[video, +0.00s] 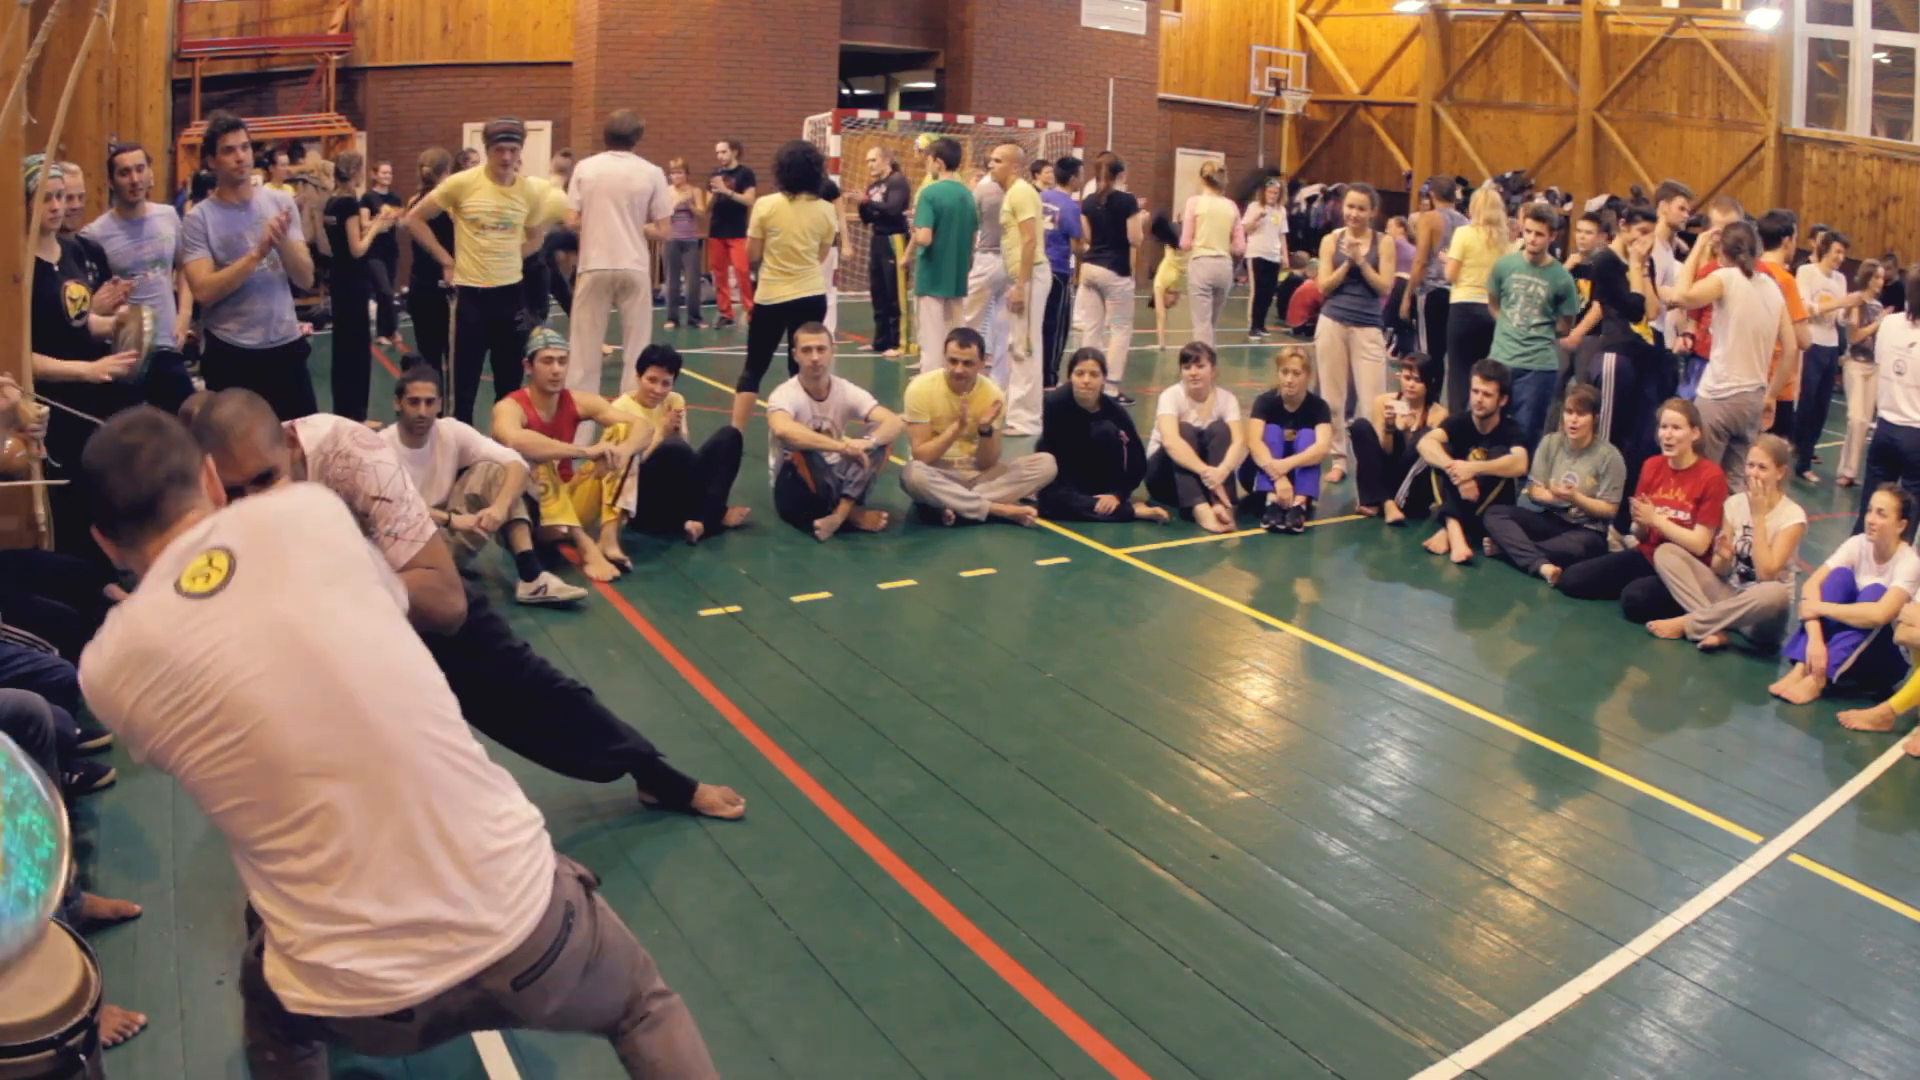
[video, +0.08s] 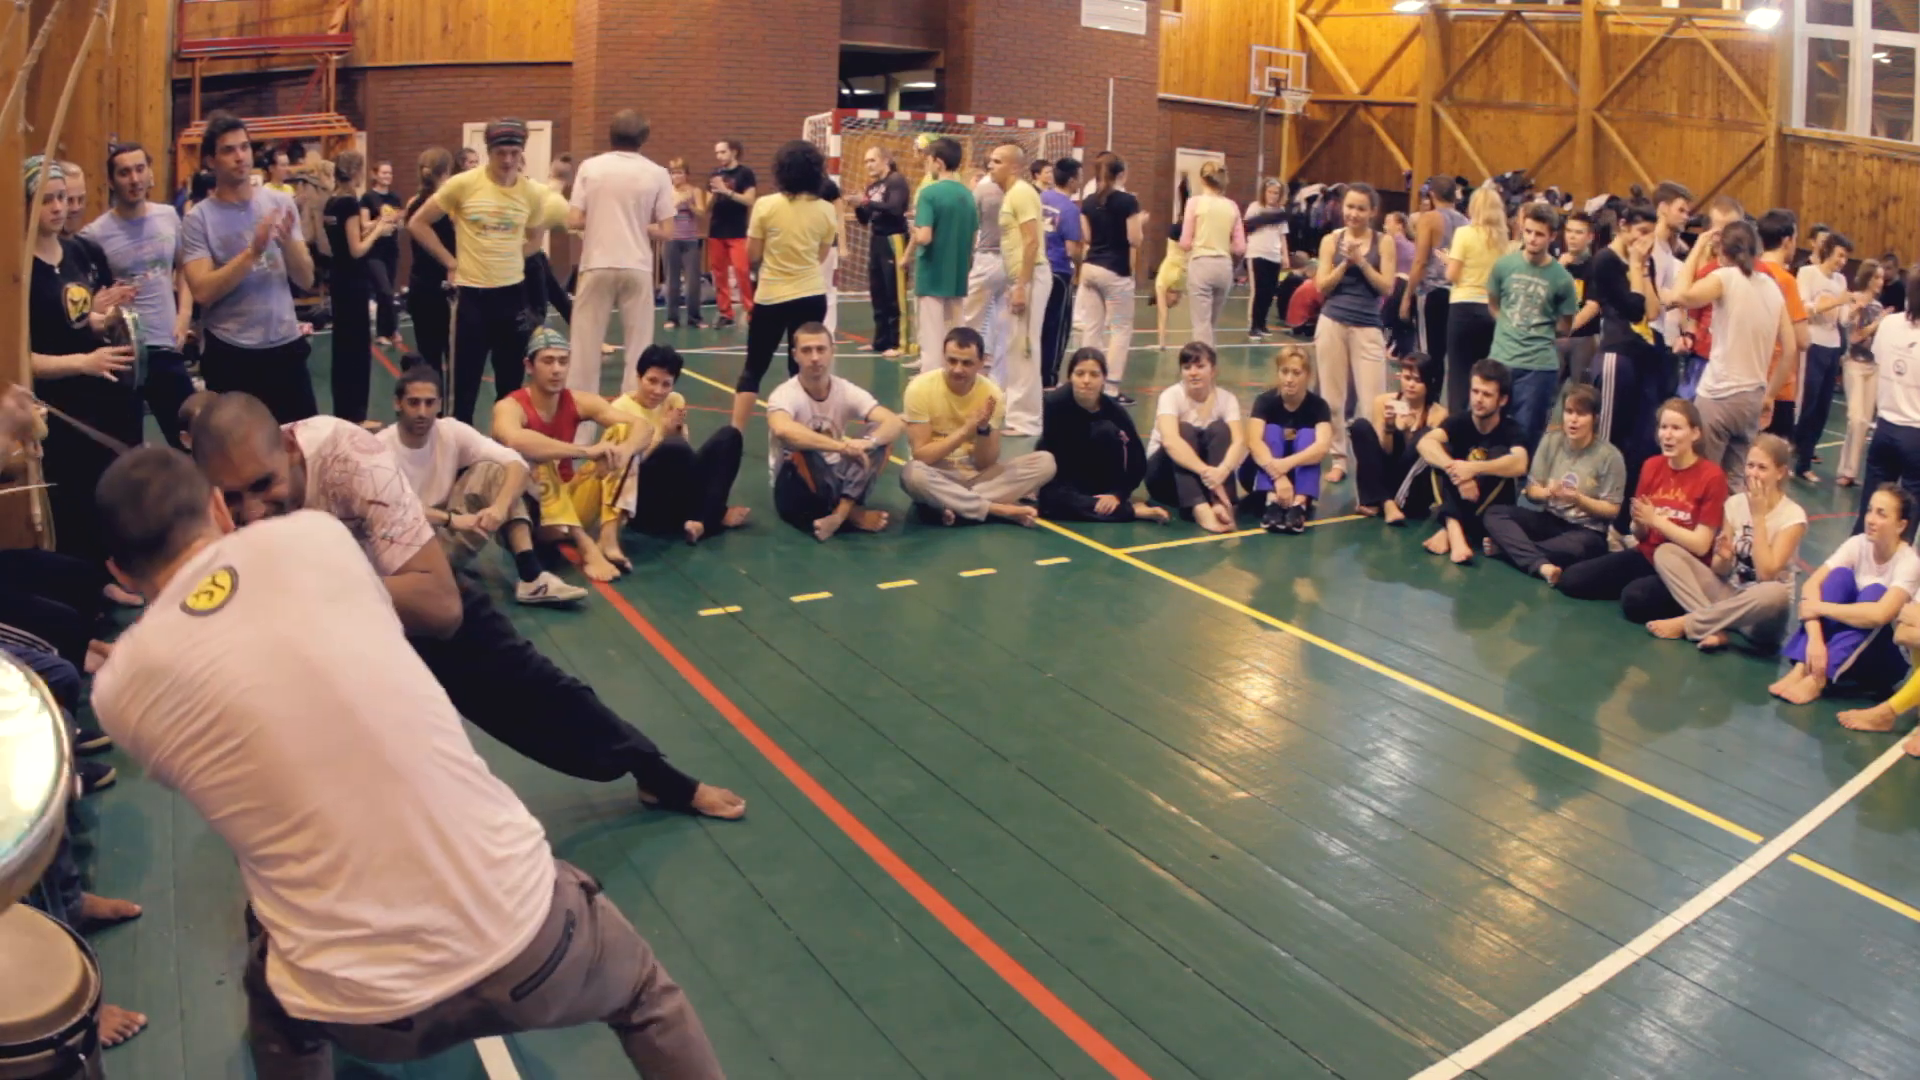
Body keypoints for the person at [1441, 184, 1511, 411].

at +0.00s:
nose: (1469, 210)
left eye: (1471, 206)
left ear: (1474, 208)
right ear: (1500, 210)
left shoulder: (1464, 233)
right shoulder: (1505, 239)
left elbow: (1451, 273)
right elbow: (1507, 274)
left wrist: (1447, 260)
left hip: (1464, 302)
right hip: (1492, 305)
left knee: (1459, 369)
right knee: (1484, 368)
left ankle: (1457, 422)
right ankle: (1482, 424)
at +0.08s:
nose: (1469, 210)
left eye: (1471, 206)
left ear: (1474, 208)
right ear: (1499, 210)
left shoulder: (1464, 233)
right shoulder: (1504, 239)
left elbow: (1453, 273)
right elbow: (1504, 274)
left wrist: (1446, 260)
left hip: (1463, 303)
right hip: (1491, 305)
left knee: (1459, 370)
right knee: (1483, 368)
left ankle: (1457, 423)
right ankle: (1481, 424)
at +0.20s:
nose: (1469, 210)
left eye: (1471, 206)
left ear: (1474, 208)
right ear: (1499, 210)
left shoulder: (1464, 234)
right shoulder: (1503, 238)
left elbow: (1454, 273)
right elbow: (1503, 273)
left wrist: (1444, 259)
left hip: (1463, 303)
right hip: (1491, 305)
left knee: (1458, 369)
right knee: (1483, 368)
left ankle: (1456, 423)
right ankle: (1481, 424)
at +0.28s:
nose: (1469, 209)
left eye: (1471, 206)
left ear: (1473, 208)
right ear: (1498, 209)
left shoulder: (1464, 233)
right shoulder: (1502, 238)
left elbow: (1453, 274)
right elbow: (1503, 273)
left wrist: (1443, 259)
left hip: (1463, 303)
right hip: (1490, 305)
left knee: (1458, 370)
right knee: (1484, 368)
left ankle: (1456, 424)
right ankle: (1482, 424)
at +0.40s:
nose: (1469, 210)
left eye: (1470, 206)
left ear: (1472, 208)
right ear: (1498, 210)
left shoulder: (1464, 233)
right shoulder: (1502, 238)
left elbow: (1452, 274)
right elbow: (1504, 273)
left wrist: (1446, 260)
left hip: (1463, 302)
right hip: (1491, 305)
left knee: (1458, 368)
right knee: (1484, 366)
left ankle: (1457, 422)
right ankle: (1483, 423)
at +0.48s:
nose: (1469, 209)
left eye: (1471, 206)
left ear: (1473, 208)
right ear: (1498, 209)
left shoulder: (1463, 234)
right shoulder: (1501, 237)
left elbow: (1450, 274)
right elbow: (1502, 272)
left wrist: (1447, 259)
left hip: (1462, 302)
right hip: (1490, 305)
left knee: (1458, 368)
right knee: (1483, 366)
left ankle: (1457, 422)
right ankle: (1482, 422)